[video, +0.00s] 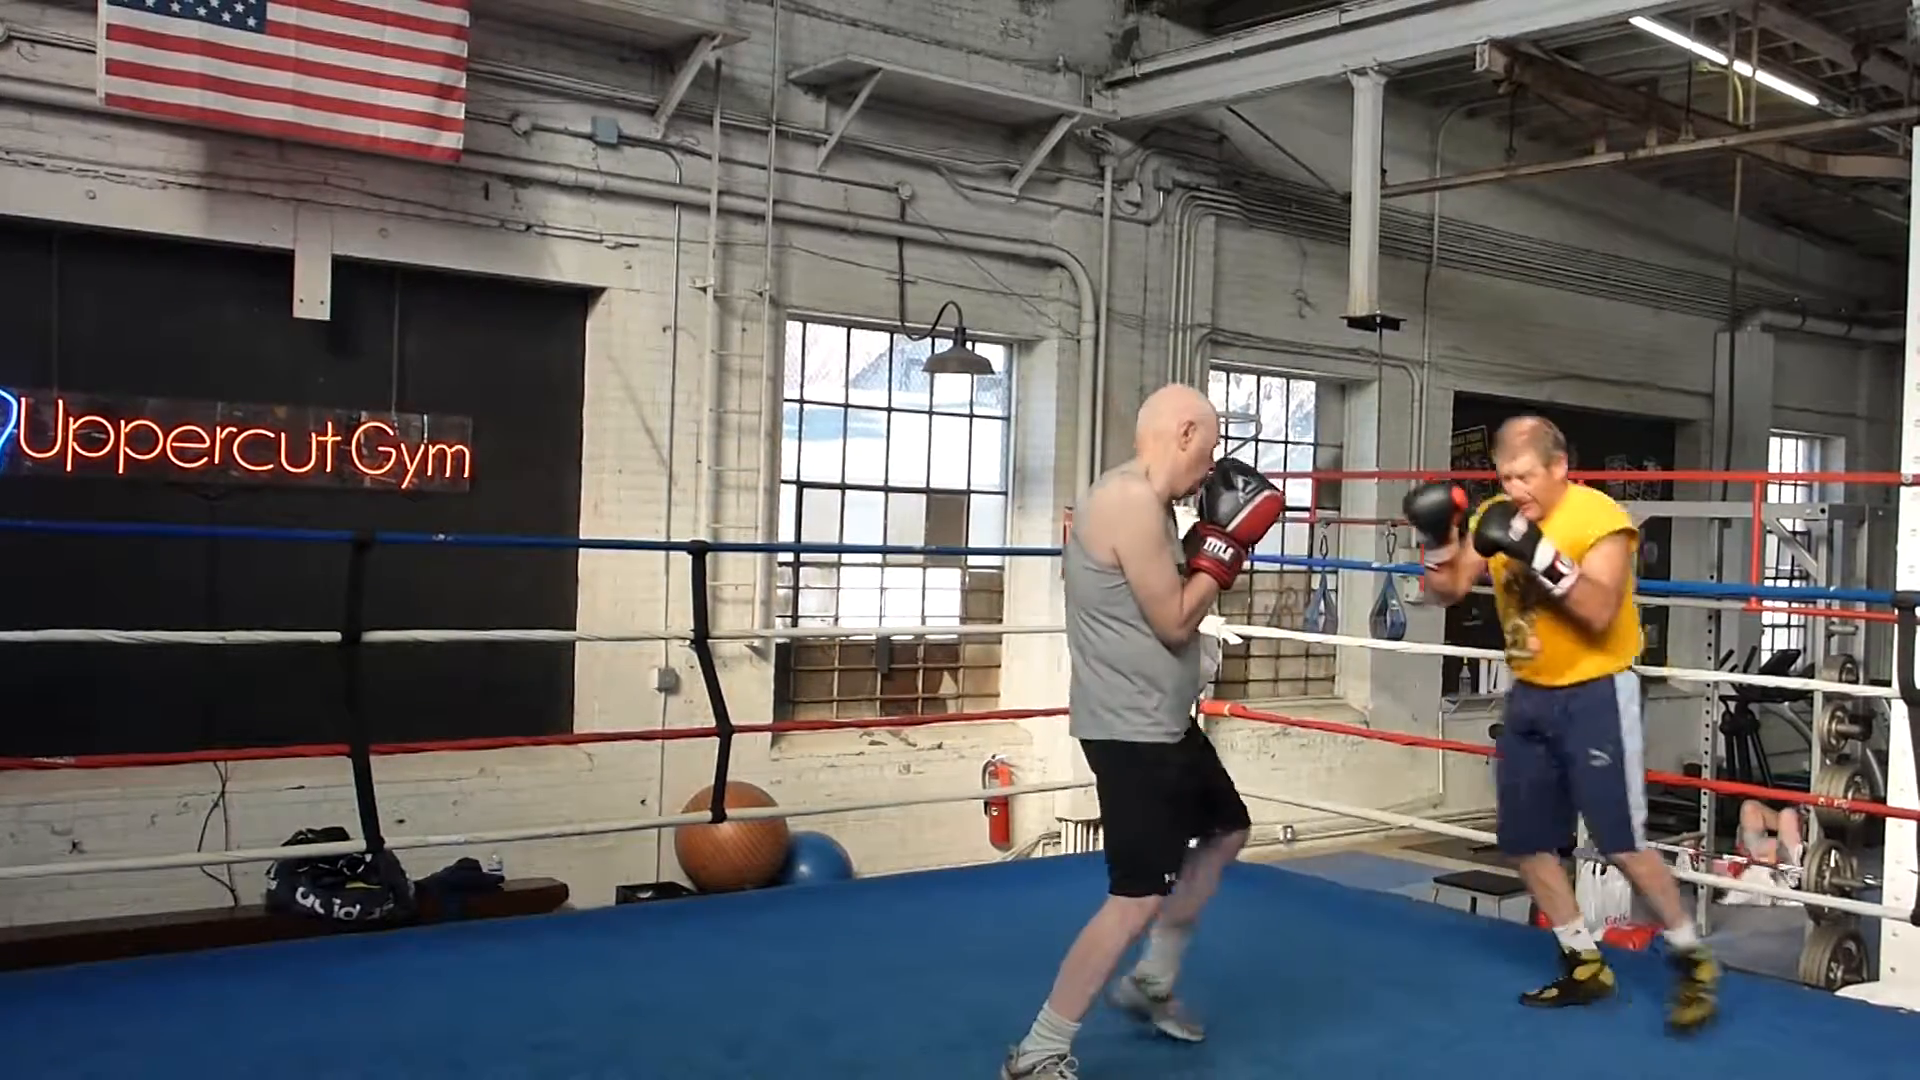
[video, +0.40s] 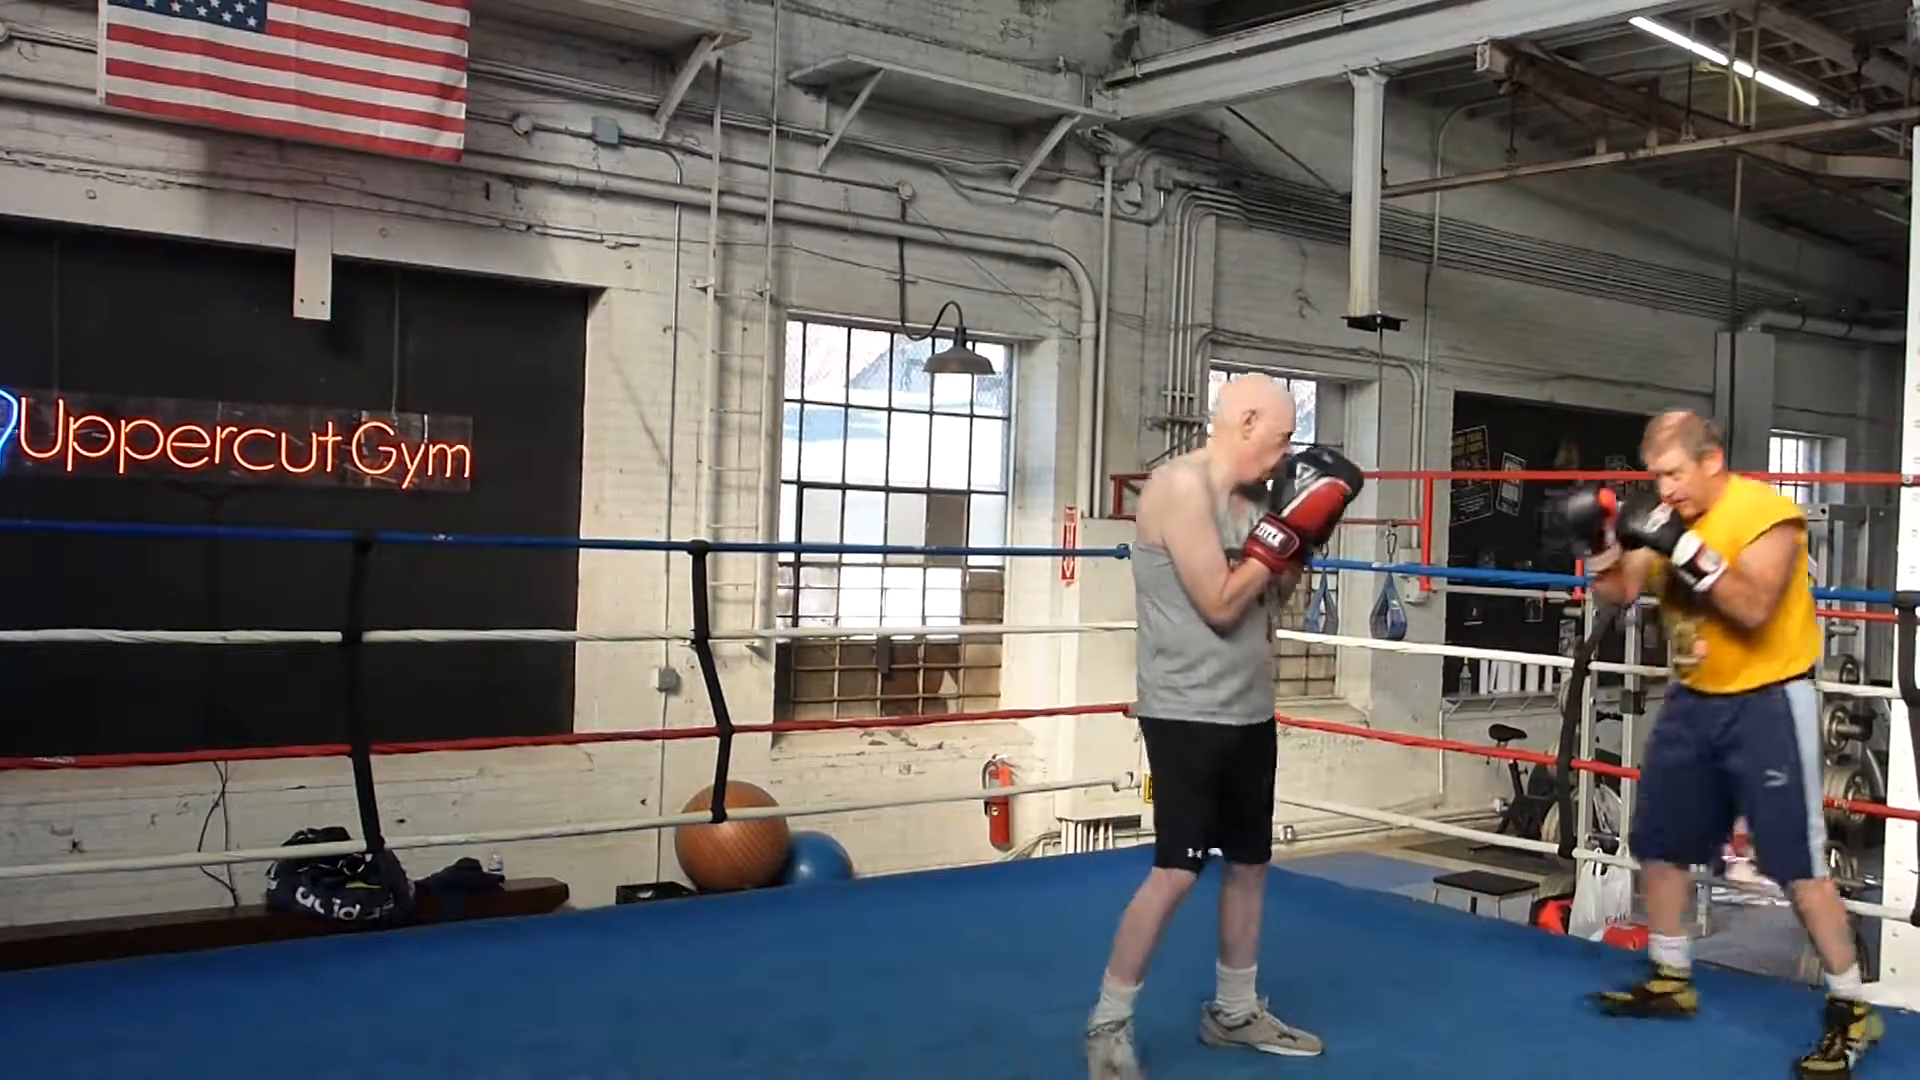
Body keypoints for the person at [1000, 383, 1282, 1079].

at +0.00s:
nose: (1211, 464)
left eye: (1214, 451)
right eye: (1211, 447)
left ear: (1162, 432)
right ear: (1183, 434)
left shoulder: (1123, 496)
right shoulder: (1133, 503)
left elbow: (1163, 602)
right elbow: (1176, 620)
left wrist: (1207, 535)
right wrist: (1229, 543)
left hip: (1156, 720)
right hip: (1130, 727)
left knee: (1225, 827)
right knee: (1138, 893)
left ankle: (1152, 981)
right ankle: (1040, 1053)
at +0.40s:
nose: (1283, 457)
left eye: (1287, 445)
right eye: (1281, 442)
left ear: (1249, 425)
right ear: (1245, 424)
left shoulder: (1238, 497)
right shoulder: (1178, 484)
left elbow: (1263, 602)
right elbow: (1220, 603)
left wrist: (1300, 535)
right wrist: (1282, 536)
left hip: (1248, 712)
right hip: (1186, 713)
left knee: (1249, 861)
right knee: (1178, 868)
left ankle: (1236, 1011)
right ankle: (1108, 1024)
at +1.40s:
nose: (1415, 451)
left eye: (1413, 439)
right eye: (1403, 438)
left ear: (1373, 445)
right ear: (1355, 444)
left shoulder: (1397, 521)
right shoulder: (1315, 509)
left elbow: (1413, 632)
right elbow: (1366, 627)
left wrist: (1437, 567)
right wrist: (1431, 576)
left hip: (1396, 738)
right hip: (1316, 733)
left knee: (1448, 886)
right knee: (1267, 893)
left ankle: (1463, 1032)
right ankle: (1175, 1021)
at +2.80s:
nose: (1412, 451)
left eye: (1414, 437)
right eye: (1398, 438)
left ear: (1409, 439)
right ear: (1349, 440)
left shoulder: (1414, 508)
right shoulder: (1307, 512)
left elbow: (1458, 619)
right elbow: (1345, 639)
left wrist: (1446, 541)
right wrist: (1391, 557)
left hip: (1420, 739)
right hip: (1325, 742)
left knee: (1482, 890)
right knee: (1292, 906)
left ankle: (1513, 1058)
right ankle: (1237, 1037)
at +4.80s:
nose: (1693, 452)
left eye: (1708, 434)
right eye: (1676, 431)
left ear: (1723, 431)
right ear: (1626, 422)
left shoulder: (1749, 501)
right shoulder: (1573, 505)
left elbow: (1782, 677)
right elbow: (1563, 679)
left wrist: (1736, 589)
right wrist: (1604, 593)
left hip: (1732, 809)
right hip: (1602, 806)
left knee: (1747, 1019)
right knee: (1594, 1018)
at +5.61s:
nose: (1623, 446)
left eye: (1640, 426)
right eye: (1603, 426)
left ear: (1663, 424)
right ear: (1569, 425)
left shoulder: (1707, 491)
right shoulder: (1540, 514)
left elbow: (1768, 667)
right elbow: (1538, 689)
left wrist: (1682, 577)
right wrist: (1556, 609)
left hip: (1718, 814)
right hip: (1592, 809)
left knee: (1729, 1047)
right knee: (1540, 1009)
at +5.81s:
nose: (1628, 448)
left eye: (1645, 430)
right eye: (1609, 430)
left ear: (1663, 429)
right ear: (1570, 429)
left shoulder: (1705, 500)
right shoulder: (1535, 515)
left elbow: (1746, 680)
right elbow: (1532, 688)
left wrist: (1679, 583)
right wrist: (1561, 596)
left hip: (1702, 814)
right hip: (1573, 807)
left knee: (1718, 1044)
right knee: (1529, 1015)